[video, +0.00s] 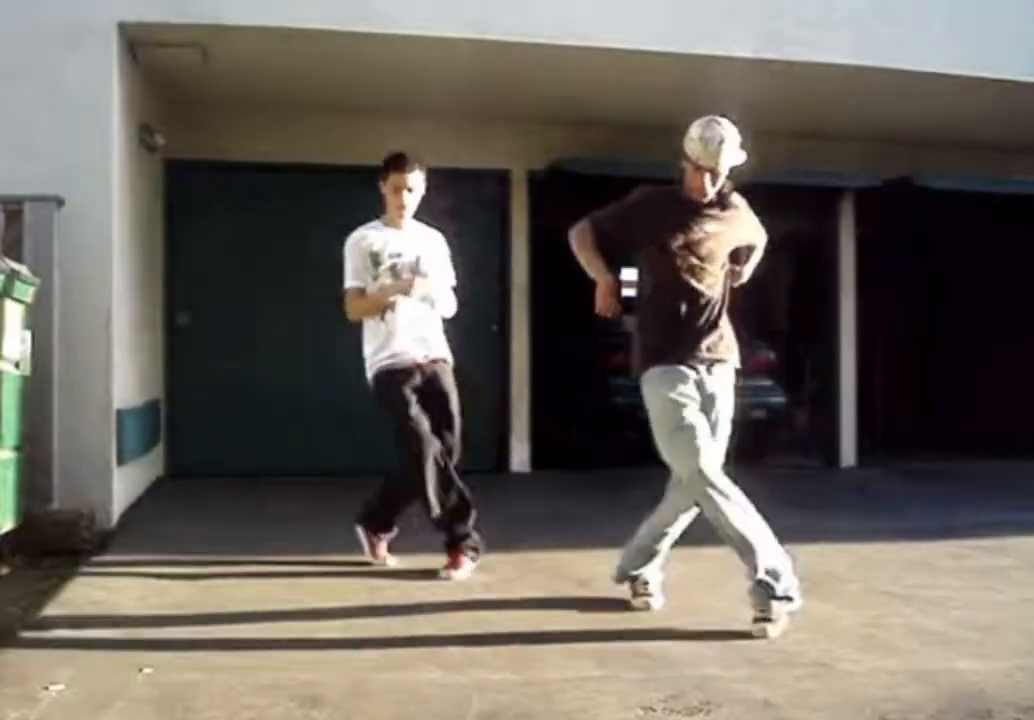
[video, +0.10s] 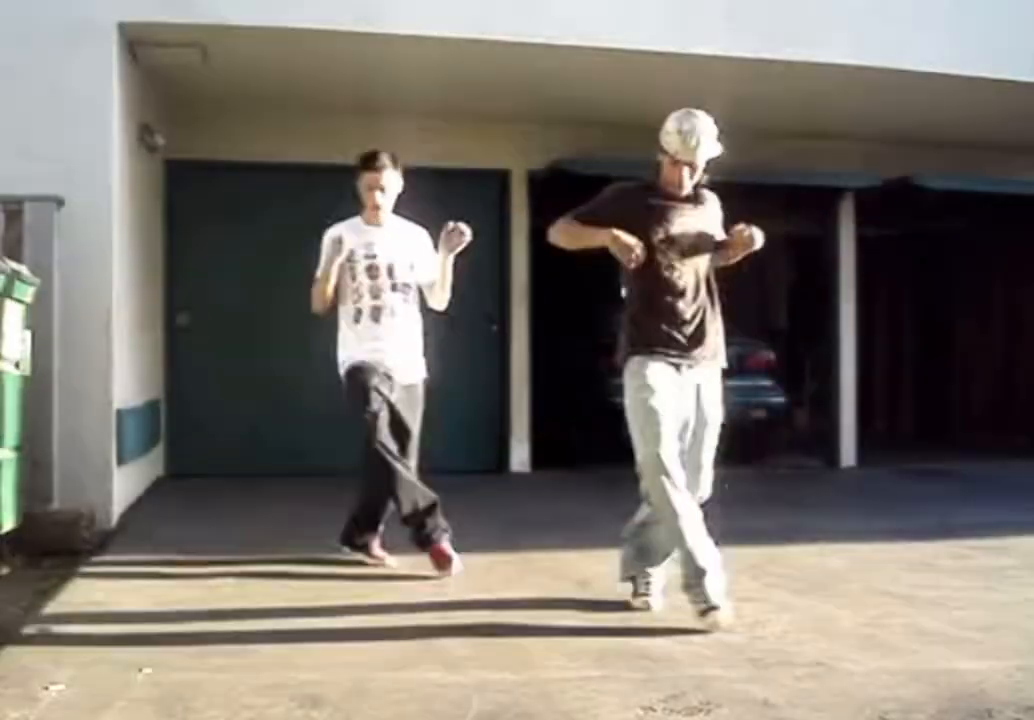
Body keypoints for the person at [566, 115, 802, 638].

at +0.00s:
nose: (707, 183)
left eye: (718, 173)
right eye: (699, 169)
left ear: (732, 170)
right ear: (684, 161)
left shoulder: (737, 210)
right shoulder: (653, 207)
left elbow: (756, 244)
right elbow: (581, 233)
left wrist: (733, 280)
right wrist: (604, 280)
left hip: (720, 358)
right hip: (666, 359)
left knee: (697, 474)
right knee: (700, 471)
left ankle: (639, 564)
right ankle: (774, 576)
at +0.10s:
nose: (686, 175)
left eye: (696, 165)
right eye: (678, 163)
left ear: (706, 163)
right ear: (661, 155)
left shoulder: (710, 203)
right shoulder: (628, 201)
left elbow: (707, 262)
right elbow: (558, 231)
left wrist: (739, 247)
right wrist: (609, 237)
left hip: (706, 357)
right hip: (652, 357)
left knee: (696, 480)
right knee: (663, 473)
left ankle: (640, 560)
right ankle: (708, 585)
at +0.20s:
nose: (667, 158)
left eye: (678, 148)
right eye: (660, 146)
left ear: (689, 148)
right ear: (643, 139)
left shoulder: (690, 192)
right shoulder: (615, 188)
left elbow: (692, 261)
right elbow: (558, 247)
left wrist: (735, 206)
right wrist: (595, 196)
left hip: (686, 345)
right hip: (630, 344)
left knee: (729, 460)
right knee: (625, 459)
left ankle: (687, 557)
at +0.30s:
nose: (657, 162)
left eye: (667, 153)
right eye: (650, 150)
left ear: (679, 153)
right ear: (634, 144)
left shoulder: (680, 199)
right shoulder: (606, 198)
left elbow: (703, 251)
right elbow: (555, 254)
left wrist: (737, 197)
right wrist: (581, 188)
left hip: (675, 351)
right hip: (617, 354)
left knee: (738, 450)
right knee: (598, 466)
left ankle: (730, 551)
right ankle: (538, 581)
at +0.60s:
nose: (675, 149)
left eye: (685, 139)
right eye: (666, 137)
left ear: (698, 133)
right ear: (650, 129)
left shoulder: (704, 169)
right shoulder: (623, 176)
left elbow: (750, 189)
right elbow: (553, 193)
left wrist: (790, 196)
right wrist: (614, 229)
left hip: (703, 332)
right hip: (646, 337)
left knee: (755, 438)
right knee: (655, 445)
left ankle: (722, 545)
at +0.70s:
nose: (693, 158)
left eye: (702, 148)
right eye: (684, 147)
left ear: (717, 144)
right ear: (670, 140)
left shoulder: (731, 189)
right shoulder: (634, 194)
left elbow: (778, 240)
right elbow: (583, 252)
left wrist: (786, 265)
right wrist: (638, 277)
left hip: (721, 346)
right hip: (665, 348)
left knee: (730, 458)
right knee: (690, 456)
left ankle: (682, 553)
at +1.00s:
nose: (723, 154)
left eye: (733, 144)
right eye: (715, 144)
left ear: (749, 135)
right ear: (701, 133)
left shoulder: (771, 178)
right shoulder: (672, 181)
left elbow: (817, 219)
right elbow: (634, 220)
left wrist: (785, 276)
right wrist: (648, 281)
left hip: (755, 342)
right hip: (690, 341)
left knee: (778, 461)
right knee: (684, 463)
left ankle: (739, 558)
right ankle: (725, 578)